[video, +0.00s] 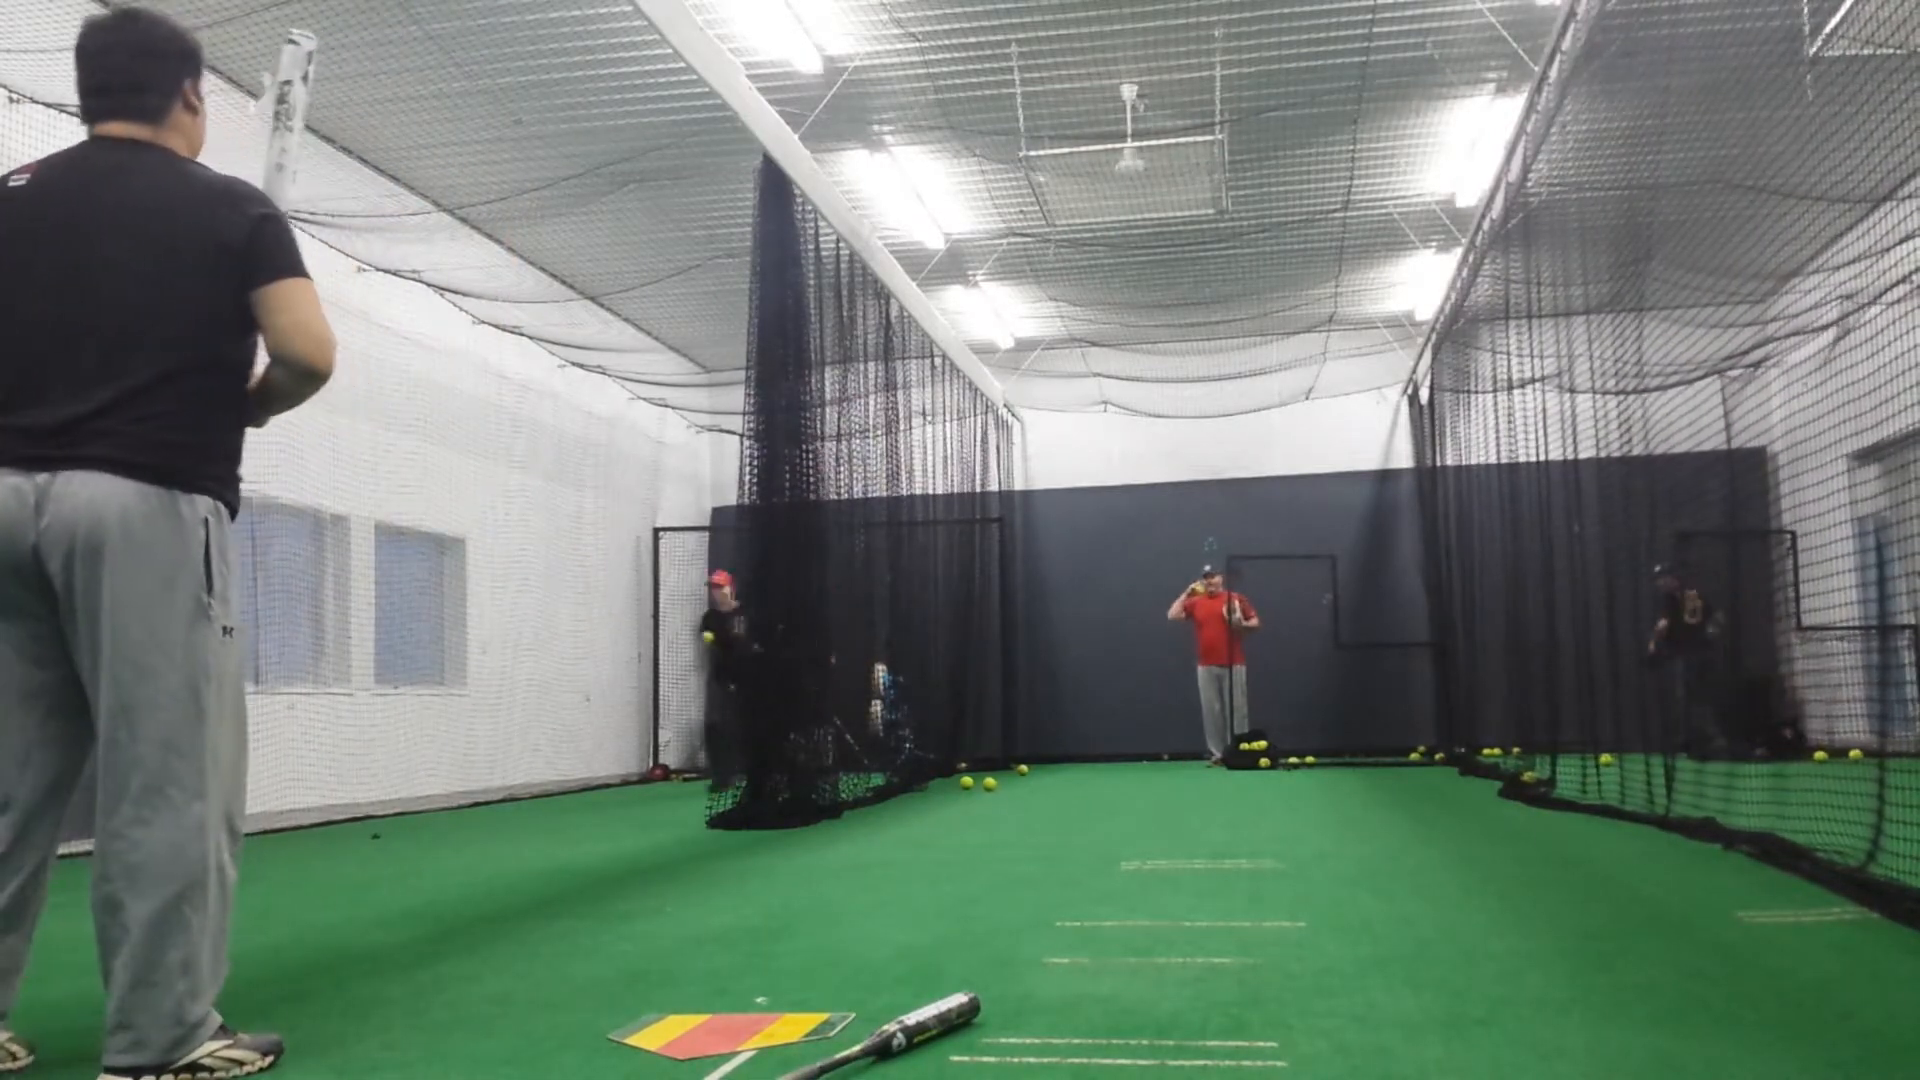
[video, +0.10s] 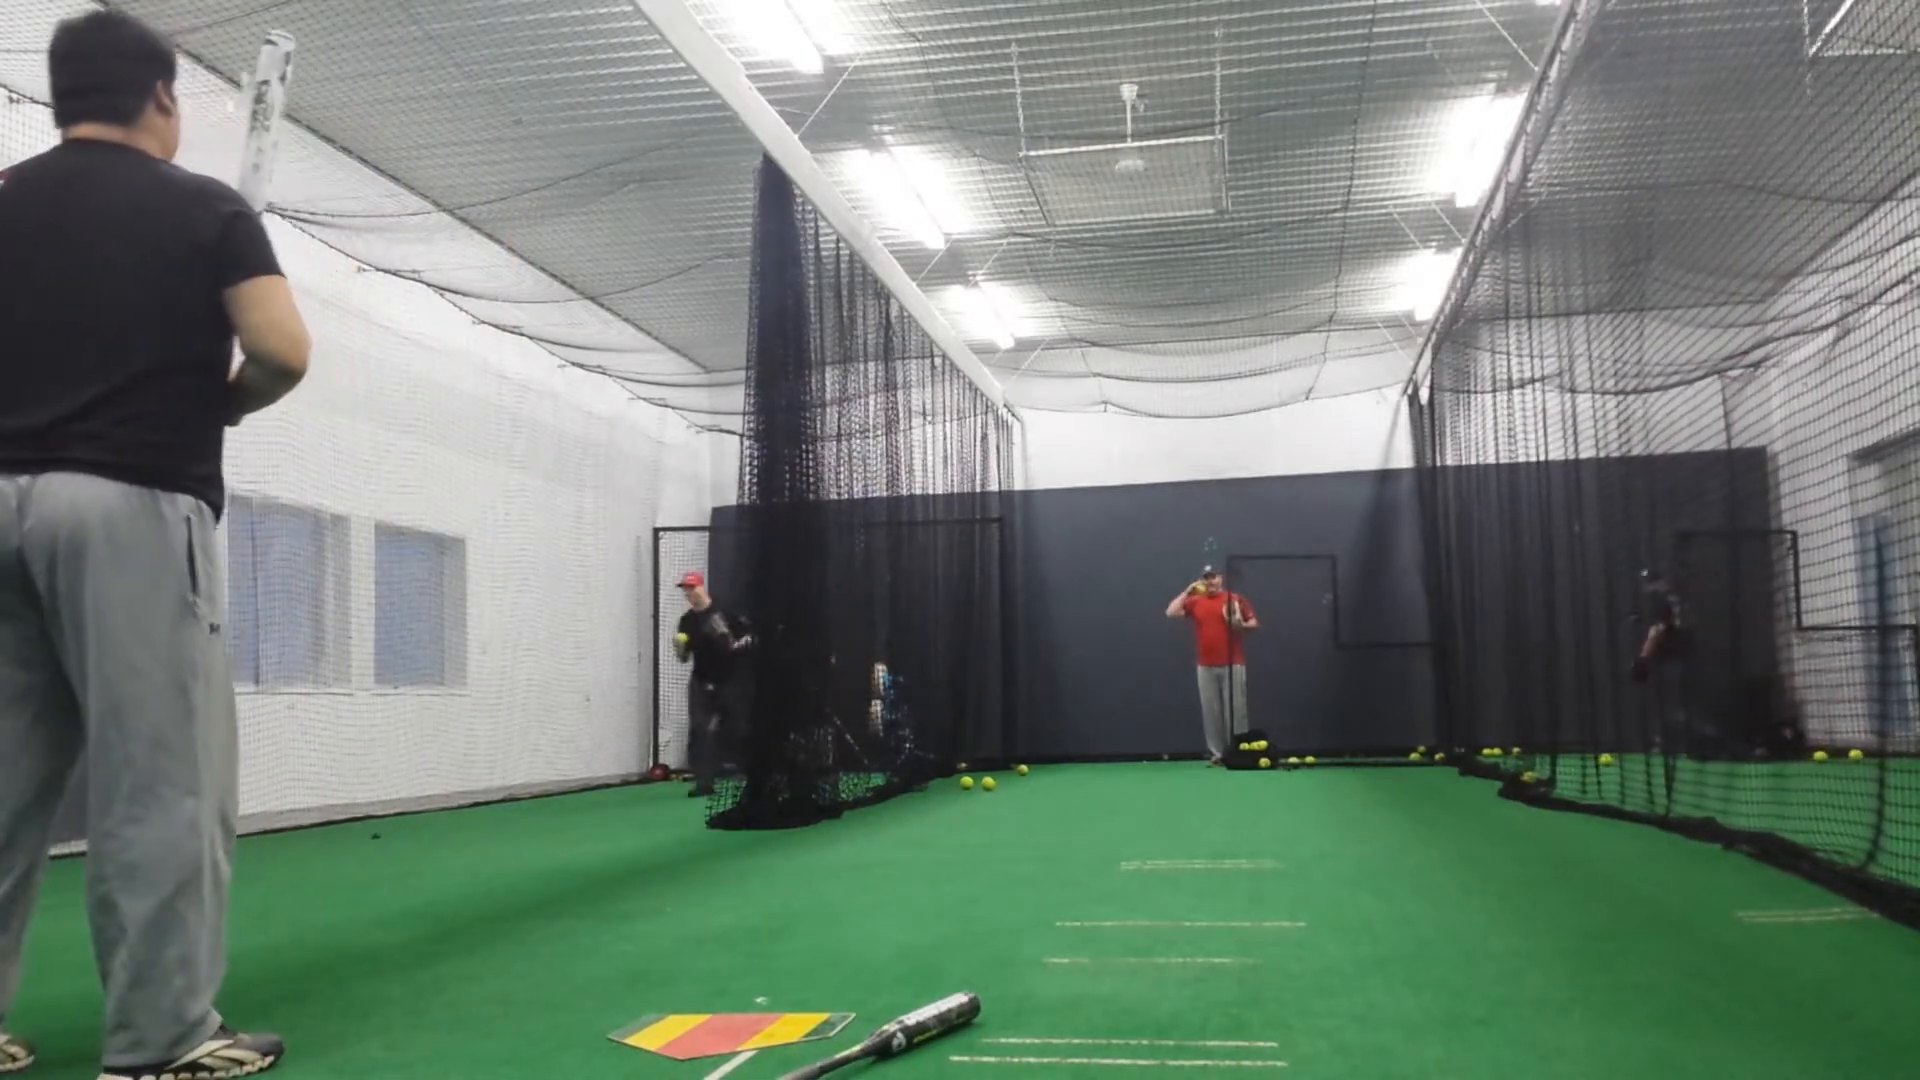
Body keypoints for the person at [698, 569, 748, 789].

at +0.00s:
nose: (715, 594)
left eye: (719, 588)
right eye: (713, 588)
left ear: (730, 589)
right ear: (710, 591)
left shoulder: (742, 614)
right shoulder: (709, 617)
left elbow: (745, 645)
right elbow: (708, 646)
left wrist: (720, 642)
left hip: (739, 677)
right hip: (717, 676)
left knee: (734, 723)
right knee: (715, 722)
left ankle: (735, 772)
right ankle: (720, 774)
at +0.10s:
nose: (689, 596)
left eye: (691, 591)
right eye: (686, 592)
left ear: (702, 589)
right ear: (685, 594)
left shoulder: (723, 611)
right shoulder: (688, 620)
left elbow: (750, 635)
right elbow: (683, 657)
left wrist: (735, 645)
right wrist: (681, 646)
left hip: (729, 679)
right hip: (702, 680)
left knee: (735, 727)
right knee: (700, 729)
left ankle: (752, 776)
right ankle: (704, 781)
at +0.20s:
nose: (672, 594)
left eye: (676, 589)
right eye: (669, 590)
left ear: (687, 588)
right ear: (668, 593)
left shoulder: (709, 612)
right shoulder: (671, 622)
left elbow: (738, 636)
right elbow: (666, 663)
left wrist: (724, 643)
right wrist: (666, 644)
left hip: (714, 678)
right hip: (688, 680)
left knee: (713, 726)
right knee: (684, 730)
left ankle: (722, 774)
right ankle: (704, 780)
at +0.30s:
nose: (665, 585)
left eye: (668, 579)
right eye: (661, 580)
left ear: (679, 579)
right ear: (658, 584)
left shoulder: (699, 606)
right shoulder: (655, 612)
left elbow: (723, 631)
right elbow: (647, 650)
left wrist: (709, 638)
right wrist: (652, 631)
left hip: (699, 672)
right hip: (671, 674)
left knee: (697, 721)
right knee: (677, 725)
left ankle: (699, 776)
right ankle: (692, 773)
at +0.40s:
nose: (658, 582)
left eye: (662, 578)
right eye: (654, 578)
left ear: (671, 579)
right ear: (650, 580)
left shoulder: (686, 608)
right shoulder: (642, 607)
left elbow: (711, 639)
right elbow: (618, 641)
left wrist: (691, 638)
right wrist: (628, 633)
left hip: (676, 675)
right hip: (650, 674)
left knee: (671, 730)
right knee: (652, 731)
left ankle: (668, 789)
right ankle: (686, 757)